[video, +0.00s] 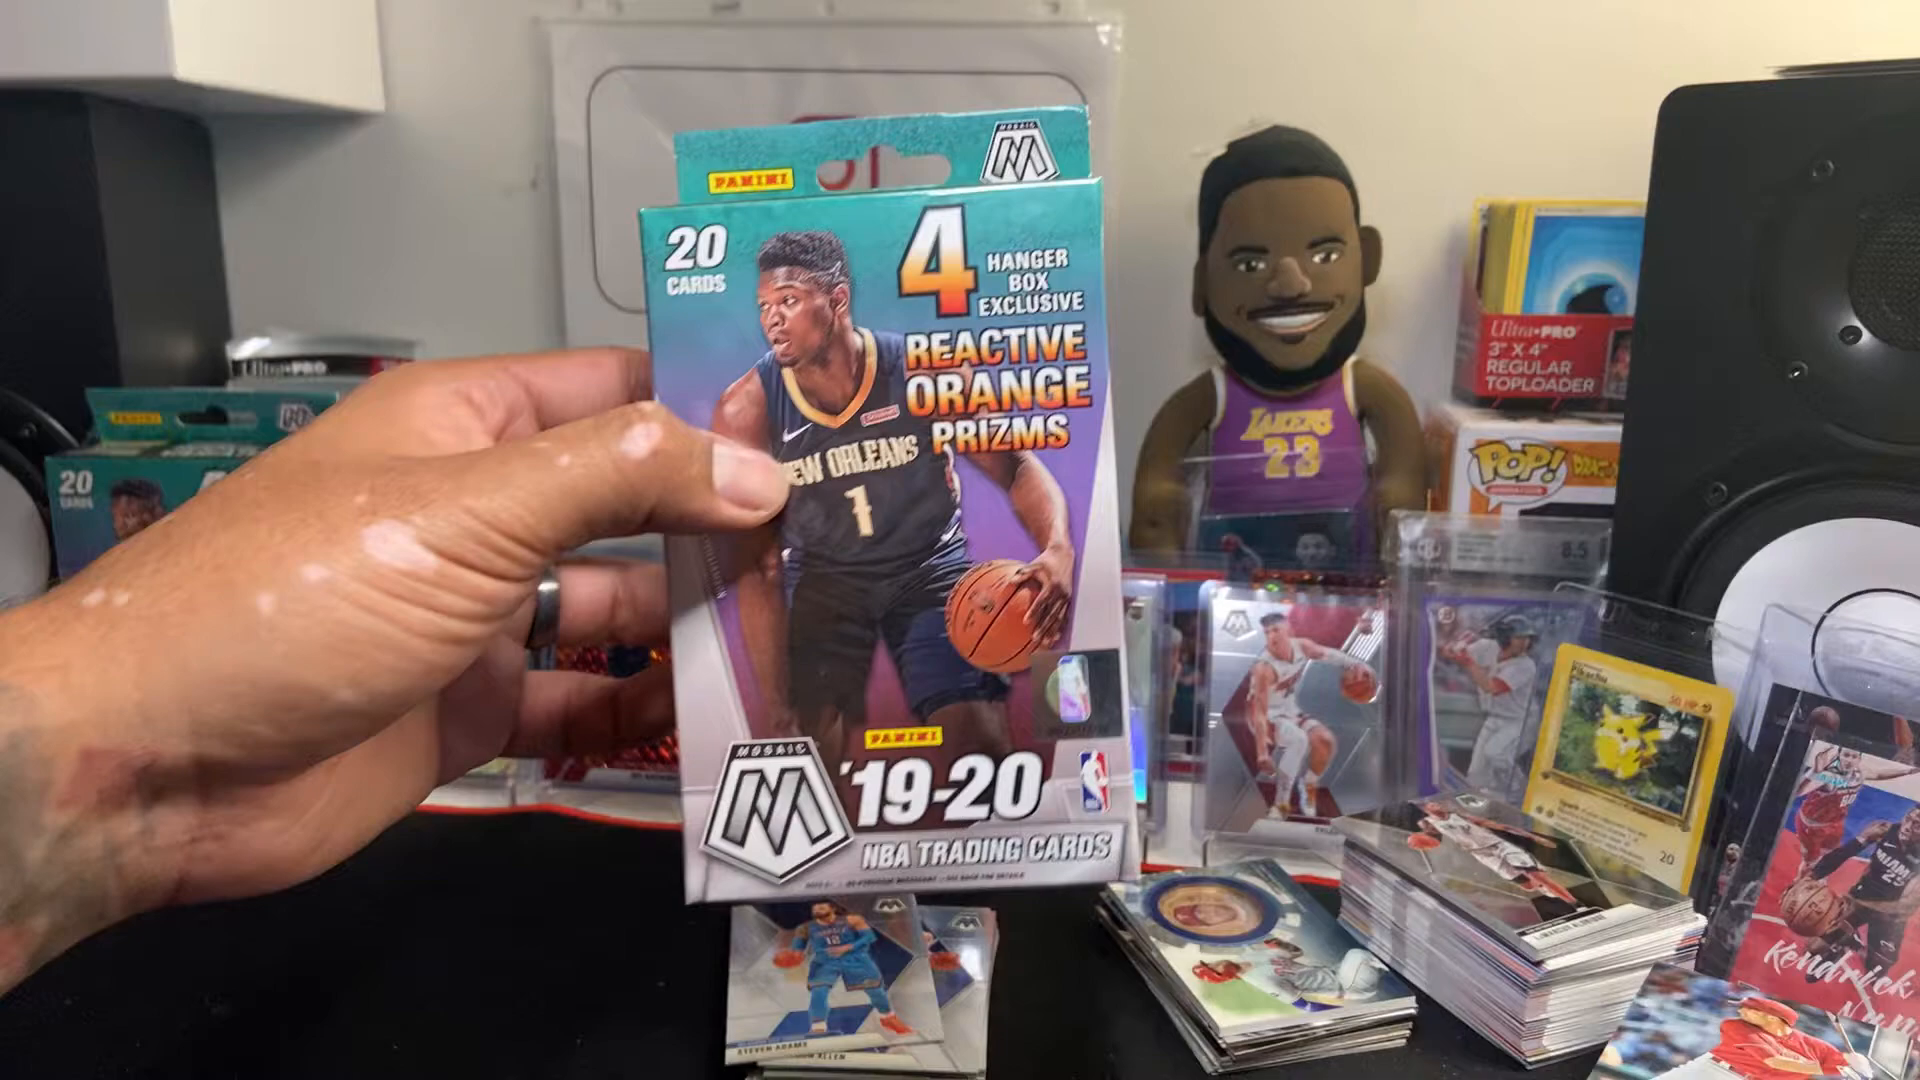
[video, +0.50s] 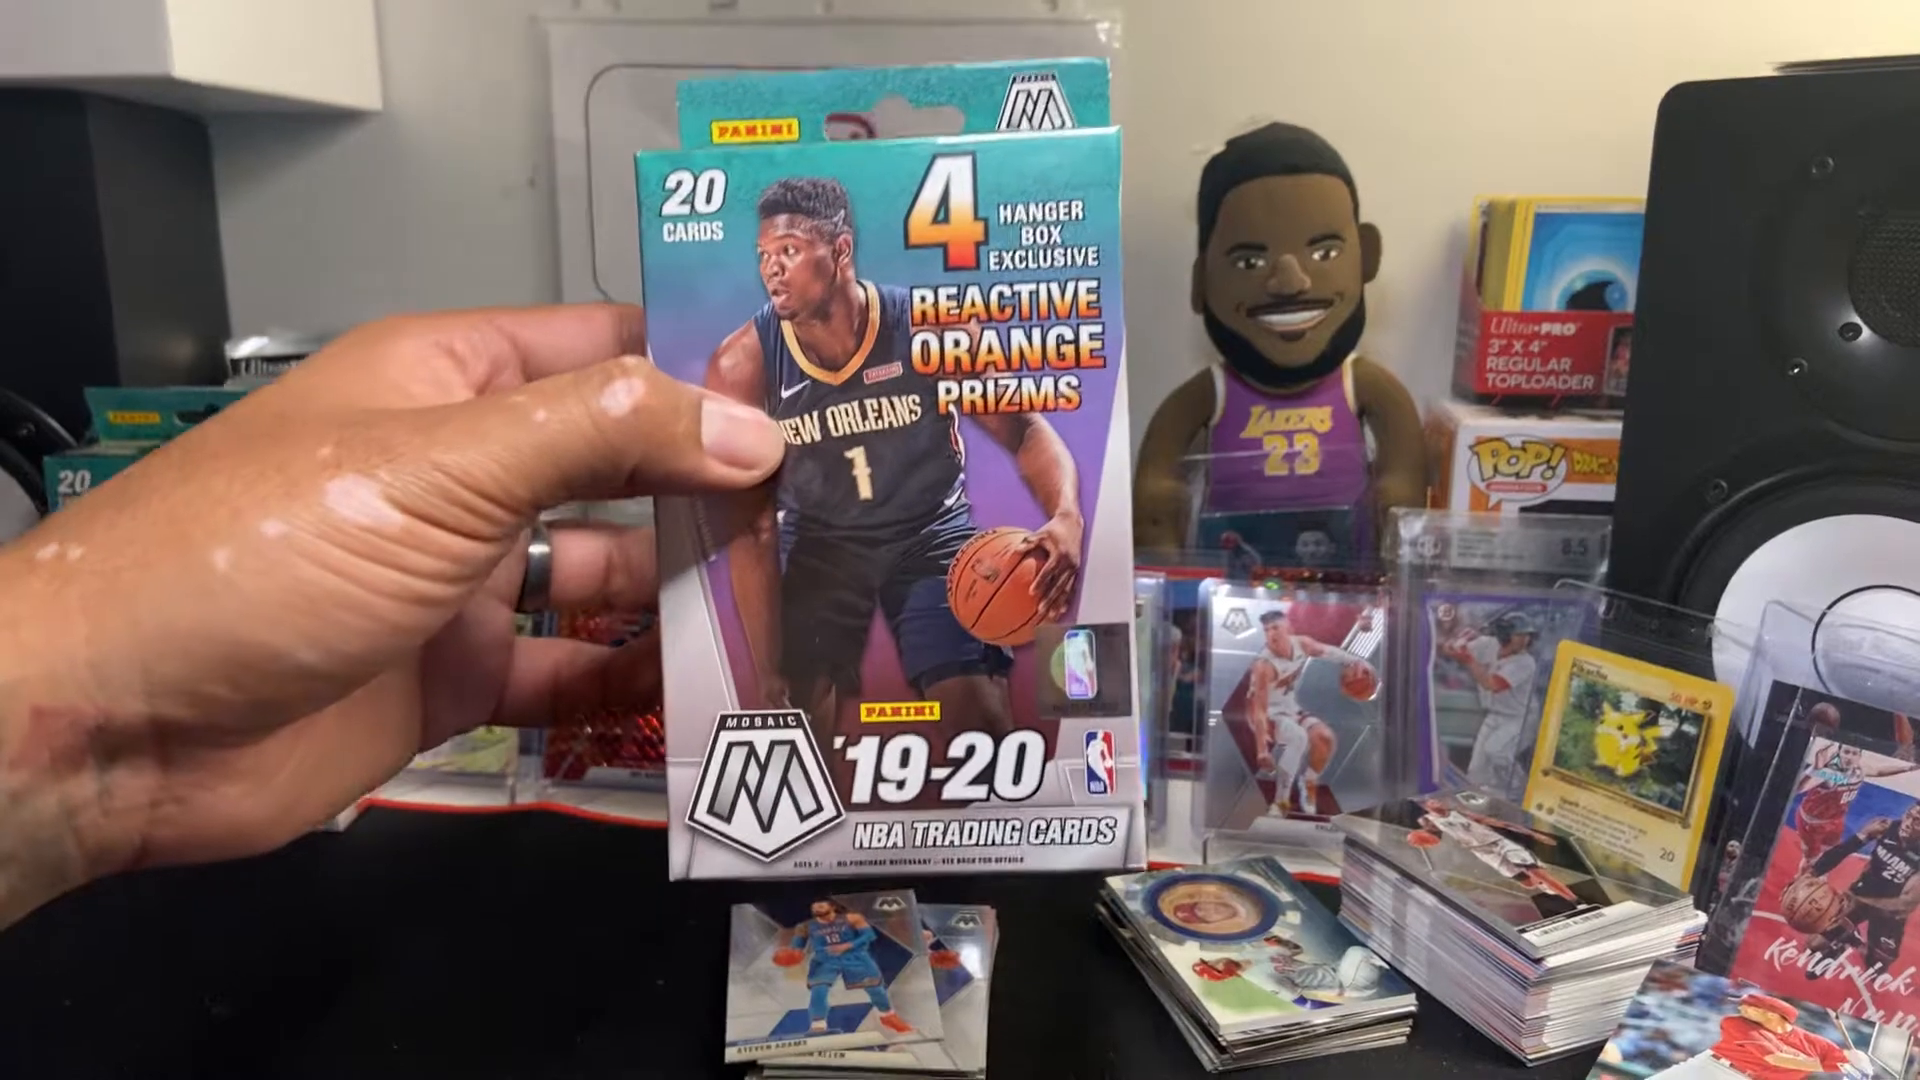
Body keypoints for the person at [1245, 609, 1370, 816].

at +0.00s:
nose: (1272, 637)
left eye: (1277, 630)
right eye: (1268, 632)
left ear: (1288, 631)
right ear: (1265, 636)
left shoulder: (1302, 646)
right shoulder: (1263, 668)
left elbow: (1329, 655)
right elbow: (1259, 713)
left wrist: (1357, 664)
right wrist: (1262, 753)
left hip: (1292, 712)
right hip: (1270, 716)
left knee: (1325, 741)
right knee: (1299, 740)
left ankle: (1309, 786)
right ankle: (1280, 805)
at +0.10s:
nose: (1272, 637)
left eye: (1277, 630)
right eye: (1268, 632)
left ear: (1288, 631)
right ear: (1265, 636)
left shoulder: (1302, 646)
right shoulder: (1263, 668)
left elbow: (1329, 655)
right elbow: (1259, 713)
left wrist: (1357, 664)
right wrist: (1262, 753)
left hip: (1292, 712)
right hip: (1270, 716)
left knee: (1325, 741)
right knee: (1299, 740)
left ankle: (1309, 786)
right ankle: (1280, 805)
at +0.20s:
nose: (1272, 636)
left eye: (1276, 630)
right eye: (1267, 632)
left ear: (1287, 630)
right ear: (1264, 635)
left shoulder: (1302, 646)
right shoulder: (1263, 668)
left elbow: (1329, 654)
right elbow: (1258, 712)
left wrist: (1357, 664)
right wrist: (1262, 753)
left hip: (1292, 712)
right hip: (1269, 716)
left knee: (1325, 741)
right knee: (1298, 739)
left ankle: (1309, 785)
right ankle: (1280, 804)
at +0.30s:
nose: (1272, 631)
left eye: (1277, 625)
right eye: (1268, 626)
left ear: (1287, 625)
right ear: (1264, 630)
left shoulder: (1301, 640)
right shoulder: (1262, 663)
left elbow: (1328, 648)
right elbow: (1258, 707)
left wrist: (1357, 658)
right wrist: (1262, 747)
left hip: (1292, 706)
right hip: (1269, 710)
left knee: (1324, 736)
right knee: (1298, 734)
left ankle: (1308, 780)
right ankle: (1280, 799)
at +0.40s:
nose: (1273, 636)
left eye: (1277, 630)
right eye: (1269, 631)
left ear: (1288, 630)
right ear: (1265, 636)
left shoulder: (1302, 646)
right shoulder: (1263, 668)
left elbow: (1330, 654)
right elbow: (1259, 712)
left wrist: (1358, 663)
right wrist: (1263, 753)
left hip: (1293, 711)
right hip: (1270, 715)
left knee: (1325, 741)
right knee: (1299, 739)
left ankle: (1309, 785)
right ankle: (1281, 804)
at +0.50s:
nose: (1272, 634)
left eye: (1277, 628)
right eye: (1268, 630)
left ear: (1287, 629)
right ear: (1265, 634)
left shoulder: (1302, 644)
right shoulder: (1263, 666)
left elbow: (1330, 652)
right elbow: (1259, 710)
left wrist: (1358, 661)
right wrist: (1262, 750)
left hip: (1293, 709)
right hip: (1270, 713)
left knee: (1325, 739)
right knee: (1298, 737)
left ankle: (1309, 782)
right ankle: (1280, 802)